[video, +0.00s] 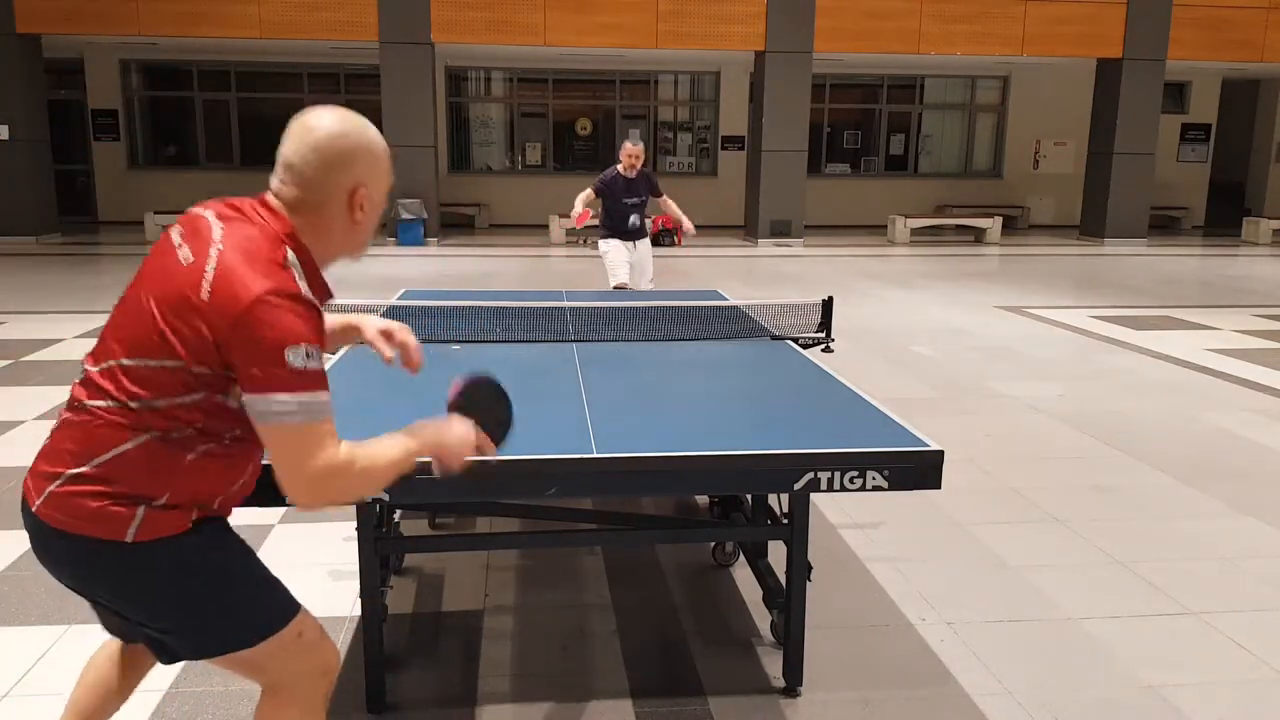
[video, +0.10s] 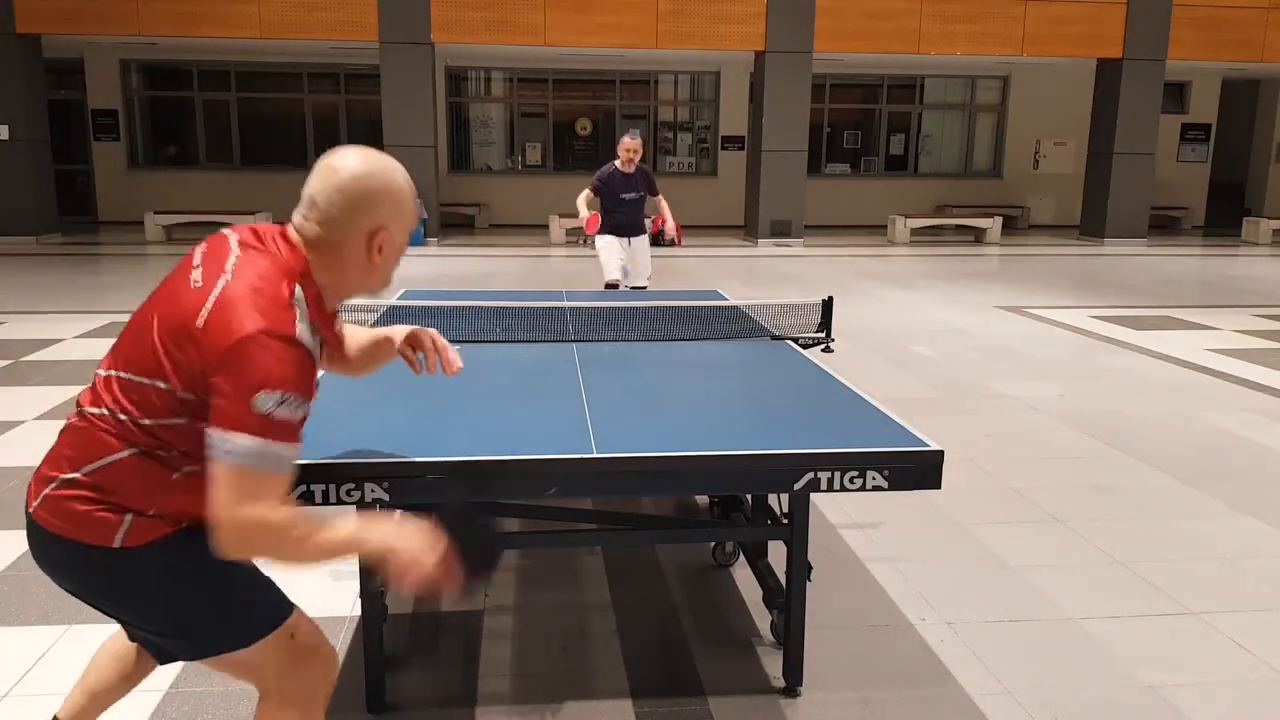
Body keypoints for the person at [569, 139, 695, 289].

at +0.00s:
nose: (633, 162)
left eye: (637, 157)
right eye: (629, 157)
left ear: (643, 158)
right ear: (621, 156)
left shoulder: (646, 177)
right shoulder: (610, 177)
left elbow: (664, 202)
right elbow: (585, 196)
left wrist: (683, 219)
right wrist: (578, 207)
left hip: (640, 240)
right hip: (613, 240)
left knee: (644, 290)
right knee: (621, 288)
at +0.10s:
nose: (631, 156)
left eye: (635, 152)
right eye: (627, 151)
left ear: (641, 153)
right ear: (619, 150)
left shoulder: (644, 173)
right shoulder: (607, 173)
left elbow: (659, 200)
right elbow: (582, 198)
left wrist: (669, 222)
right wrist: (584, 211)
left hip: (638, 238)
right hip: (610, 237)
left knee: (640, 287)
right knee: (613, 282)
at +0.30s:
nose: (623, 146)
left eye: (628, 141)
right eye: (619, 141)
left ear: (634, 143)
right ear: (611, 141)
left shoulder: (638, 166)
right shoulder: (599, 167)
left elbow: (645, 196)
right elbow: (582, 198)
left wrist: (644, 220)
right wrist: (587, 221)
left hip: (630, 235)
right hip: (602, 235)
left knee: (631, 284)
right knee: (596, 284)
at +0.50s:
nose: (619, 153)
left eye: (624, 148)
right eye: (615, 148)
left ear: (629, 149)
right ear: (607, 149)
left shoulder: (631, 172)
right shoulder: (595, 173)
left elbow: (636, 202)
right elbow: (578, 209)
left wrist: (638, 228)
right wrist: (584, 237)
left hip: (624, 239)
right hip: (596, 240)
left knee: (636, 283)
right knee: (590, 288)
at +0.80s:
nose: (637, 155)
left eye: (641, 150)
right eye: (633, 149)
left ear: (645, 152)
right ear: (623, 149)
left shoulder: (640, 171)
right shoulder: (609, 172)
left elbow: (639, 198)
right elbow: (585, 202)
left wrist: (645, 226)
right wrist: (600, 231)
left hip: (628, 238)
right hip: (601, 238)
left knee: (637, 282)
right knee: (597, 287)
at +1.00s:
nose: (658, 169)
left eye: (662, 165)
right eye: (655, 163)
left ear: (665, 166)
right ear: (643, 159)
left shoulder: (651, 180)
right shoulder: (627, 181)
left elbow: (649, 206)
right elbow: (624, 223)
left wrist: (656, 236)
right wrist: (652, 234)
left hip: (633, 233)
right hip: (611, 233)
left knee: (643, 279)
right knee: (631, 274)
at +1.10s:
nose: (668, 182)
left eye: (672, 178)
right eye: (665, 175)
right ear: (654, 167)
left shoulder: (654, 184)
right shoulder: (637, 188)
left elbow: (655, 212)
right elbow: (644, 231)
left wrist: (663, 240)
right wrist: (668, 223)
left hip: (634, 234)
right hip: (615, 234)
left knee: (639, 280)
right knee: (644, 278)